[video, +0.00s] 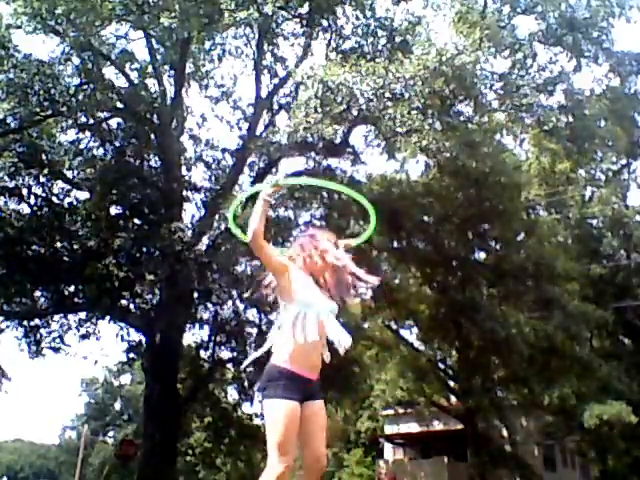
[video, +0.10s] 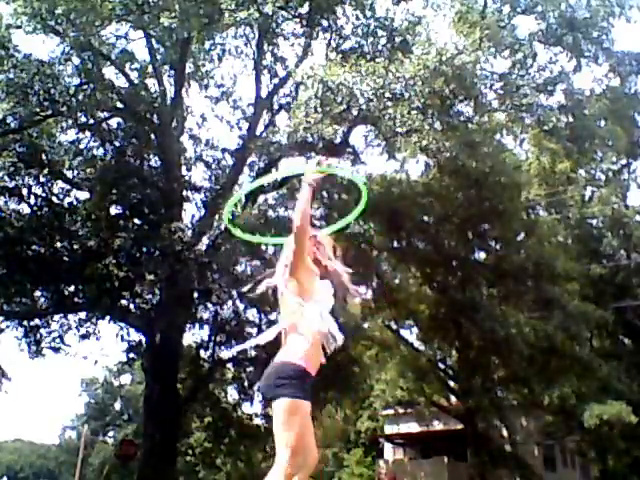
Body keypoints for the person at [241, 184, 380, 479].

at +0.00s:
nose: (333, 262)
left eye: (333, 255)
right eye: (329, 253)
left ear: (316, 253)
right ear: (310, 251)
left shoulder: (321, 291)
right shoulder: (287, 273)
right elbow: (255, 238)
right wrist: (265, 195)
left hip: (312, 384)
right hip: (282, 379)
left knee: (318, 462)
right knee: (281, 462)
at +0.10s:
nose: (321, 250)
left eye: (324, 247)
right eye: (318, 244)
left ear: (321, 255)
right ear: (307, 245)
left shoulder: (312, 284)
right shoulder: (300, 276)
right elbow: (300, 226)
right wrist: (308, 185)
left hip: (297, 380)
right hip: (289, 378)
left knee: (308, 460)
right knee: (289, 461)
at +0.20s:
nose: (315, 249)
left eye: (313, 244)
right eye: (312, 244)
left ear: (288, 252)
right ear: (307, 252)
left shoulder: (273, 279)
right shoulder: (314, 271)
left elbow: (249, 258)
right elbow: (336, 227)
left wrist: (248, 224)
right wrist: (346, 183)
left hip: (267, 368)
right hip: (301, 369)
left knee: (282, 460)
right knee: (310, 464)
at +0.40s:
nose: (281, 248)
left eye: (285, 243)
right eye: (284, 244)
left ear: (293, 246)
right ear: (319, 248)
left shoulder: (282, 270)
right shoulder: (330, 277)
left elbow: (252, 238)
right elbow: (353, 244)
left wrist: (237, 197)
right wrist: (353, 206)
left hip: (280, 362)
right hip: (317, 367)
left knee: (272, 457)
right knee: (295, 461)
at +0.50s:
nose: (291, 243)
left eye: (295, 237)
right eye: (292, 237)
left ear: (304, 242)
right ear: (319, 244)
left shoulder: (303, 273)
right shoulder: (323, 278)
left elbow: (293, 232)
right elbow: (334, 252)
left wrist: (283, 196)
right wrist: (326, 221)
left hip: (291, 365)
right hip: (316, 368)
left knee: (281, 457)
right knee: (300, 461)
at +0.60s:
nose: (288, 247)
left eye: (293, 241)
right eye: (288, 242)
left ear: (307, 245)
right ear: (292, 249)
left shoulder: (316, 273)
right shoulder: (286, 285)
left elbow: (346, 258)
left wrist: (340, 209)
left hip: (309, 368)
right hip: (289, 375)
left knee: (286, 455)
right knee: (298, 461)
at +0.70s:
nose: (310, 252)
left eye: (318, 247)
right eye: (305, 245)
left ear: (326, 250)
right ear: (294, 246)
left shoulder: (331, 276)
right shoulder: (277, 278)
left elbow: (376, 277)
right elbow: (263, 267)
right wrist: (262, 232)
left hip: (319, 373)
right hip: (283, 377)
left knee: (301, 461)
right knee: (272, 463)